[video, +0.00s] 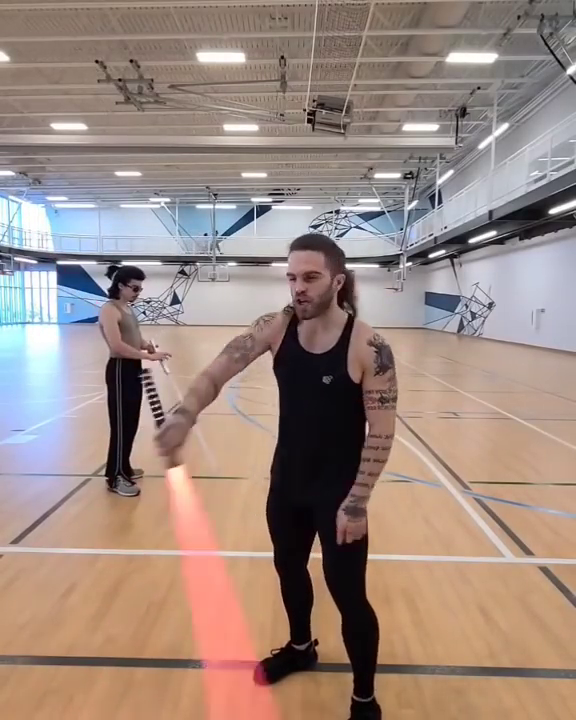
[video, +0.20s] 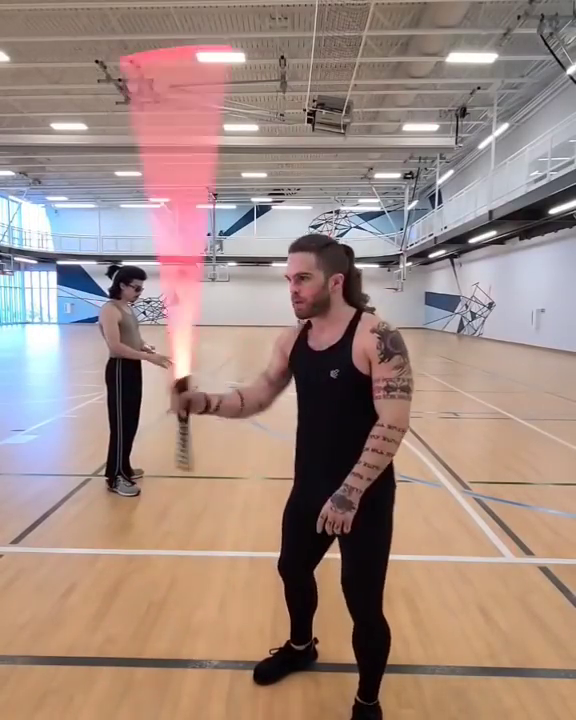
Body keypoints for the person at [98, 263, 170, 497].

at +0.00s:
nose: (137, 294)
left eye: (139, 290)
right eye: (134, 288)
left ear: (135, 289)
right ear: (120, 286)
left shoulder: (126, 309)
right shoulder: (110, 310)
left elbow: (129, 339)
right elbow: (116, 346)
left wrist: (145, 345)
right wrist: (148, 355)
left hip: (132, 366)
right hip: (120, 368)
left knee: (130, 423)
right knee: (121, 424)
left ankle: (124, 468)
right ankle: (114, 476)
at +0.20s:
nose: (138, 293)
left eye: (140, 289)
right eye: (135, 288)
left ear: (135, 289)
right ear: (121, 286)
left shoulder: (127, 309)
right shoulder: (110, 310)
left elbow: (131, 340)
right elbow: (115, 347)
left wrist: (145, 348)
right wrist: (150, 358)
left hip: (132, 365)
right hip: (120, 368)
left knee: (130, 422)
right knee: (121, 423)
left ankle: (124, 468)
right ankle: (114, 476)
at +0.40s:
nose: (140, 290)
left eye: (141, 286)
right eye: (136, 285)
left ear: (133, 287)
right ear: (121, 285)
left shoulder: (128, 309)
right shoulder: (111, 310)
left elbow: (134, 341)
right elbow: (115, 347)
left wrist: (153, 352)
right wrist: (149, 355)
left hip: (131, 366)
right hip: (120, 368)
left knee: (130, 422)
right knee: (121, 424)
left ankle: (124, 468)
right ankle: (114, 477)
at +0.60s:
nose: (138, 289)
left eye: (139, 285)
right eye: (134, 284)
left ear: (129, 286)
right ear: (120, 285)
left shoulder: (127, 310)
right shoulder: (111, 310)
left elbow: (134, 341)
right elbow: (117, 346)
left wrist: (152, 357)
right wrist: (150, 357)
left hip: (131, 366)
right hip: (119, 368)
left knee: (129, 421)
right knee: (120, 423)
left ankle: (124, 467)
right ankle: (114, 476)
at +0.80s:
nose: (139, 289)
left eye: (140, 285)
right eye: (135, 284)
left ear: (130, 287)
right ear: (121, 285)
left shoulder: (127, 309)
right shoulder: (111, 310)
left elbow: (131, 344)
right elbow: (116, 347)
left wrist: (146, 366)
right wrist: (145, 366)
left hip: (130, 368)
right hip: (119, 369)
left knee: (129, 423)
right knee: (121, 424)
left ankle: (123, 467)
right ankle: (114, 476)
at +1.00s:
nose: (138, 288)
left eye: (139, 284)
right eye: (134, 284)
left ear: (131, 287)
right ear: (121, 285)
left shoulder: (125, 309)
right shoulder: (112, 310)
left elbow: (127, 343)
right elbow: (112, 347)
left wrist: (136, 371)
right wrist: (130, 375)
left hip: (132, 367)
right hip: (119, 369)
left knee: (130, 424)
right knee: (120, 426)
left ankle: (124, 467)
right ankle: (114, 477)